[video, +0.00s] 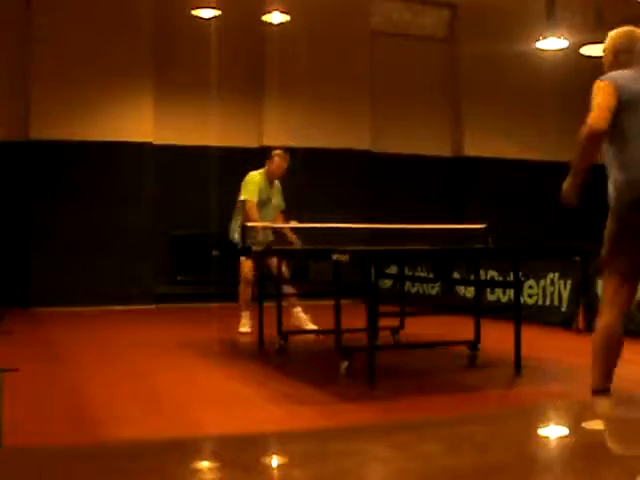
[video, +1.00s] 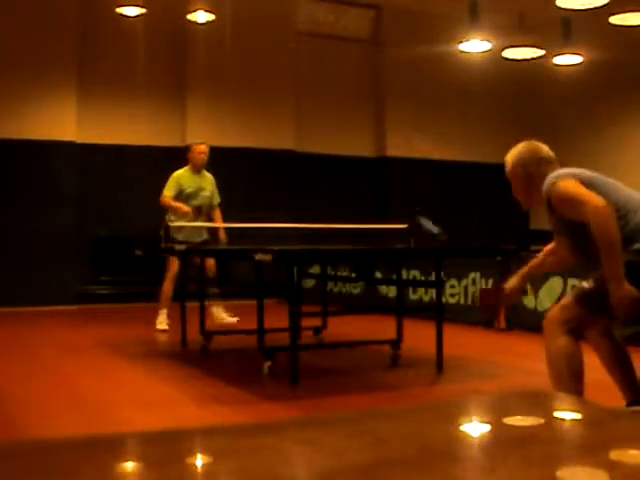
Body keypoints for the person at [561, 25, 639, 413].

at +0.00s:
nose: (602, 61)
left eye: (605, 56)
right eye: (604, 55)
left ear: (613, 56)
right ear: (635, 55)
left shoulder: (612, 82)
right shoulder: (625, 83)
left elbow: (596, 127)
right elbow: (597, 128)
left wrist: (576, 176)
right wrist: (579, 175)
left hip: (630, 202)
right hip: (628, 202)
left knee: (616, 294)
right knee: (615, 294)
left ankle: (601, 393)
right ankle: (601, 392)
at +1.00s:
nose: (513, 190)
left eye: (513, 181)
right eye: (511, 182)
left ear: (527, 176)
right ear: (545, 166)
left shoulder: (557, 185)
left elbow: (599, 210)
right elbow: (565, 249)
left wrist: (617, 282)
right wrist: (520, 279)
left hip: (635, 260)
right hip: (634, 259)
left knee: (557, 321)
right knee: (595, 326)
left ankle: (569, 417)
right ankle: (635, 401)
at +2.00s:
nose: (526, 59)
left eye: (528, 54)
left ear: (531, 57)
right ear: (572, 60)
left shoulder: (527, 83)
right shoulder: (592, 98)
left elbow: (530, 116)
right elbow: (603, 160)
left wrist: (520, 191)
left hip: (551, 209)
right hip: (604, 211)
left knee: (482, 310)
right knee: (611, 331)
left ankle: (471, 410)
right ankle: (634, 417)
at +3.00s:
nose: (305, 100)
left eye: (305, 93)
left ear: (308, 91)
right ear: (345, 86)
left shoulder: (324, 115)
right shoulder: (372, 111)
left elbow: (337, 165)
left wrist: (332, 241)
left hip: (396, 204)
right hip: (444, 196)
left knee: (342, 310)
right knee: (471, 315)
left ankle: (346, 405)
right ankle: (524, 397)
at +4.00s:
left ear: (563, 123)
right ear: (600, 133)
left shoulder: (530, 142)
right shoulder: (597, 152)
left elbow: (473, 159)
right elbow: (602, 204)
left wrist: (412, 187)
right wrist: (618, 271)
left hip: (482, 212)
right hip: (536, 219)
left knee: (480, 304)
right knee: (545, 329)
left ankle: (453, 384)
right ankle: (533, 408)